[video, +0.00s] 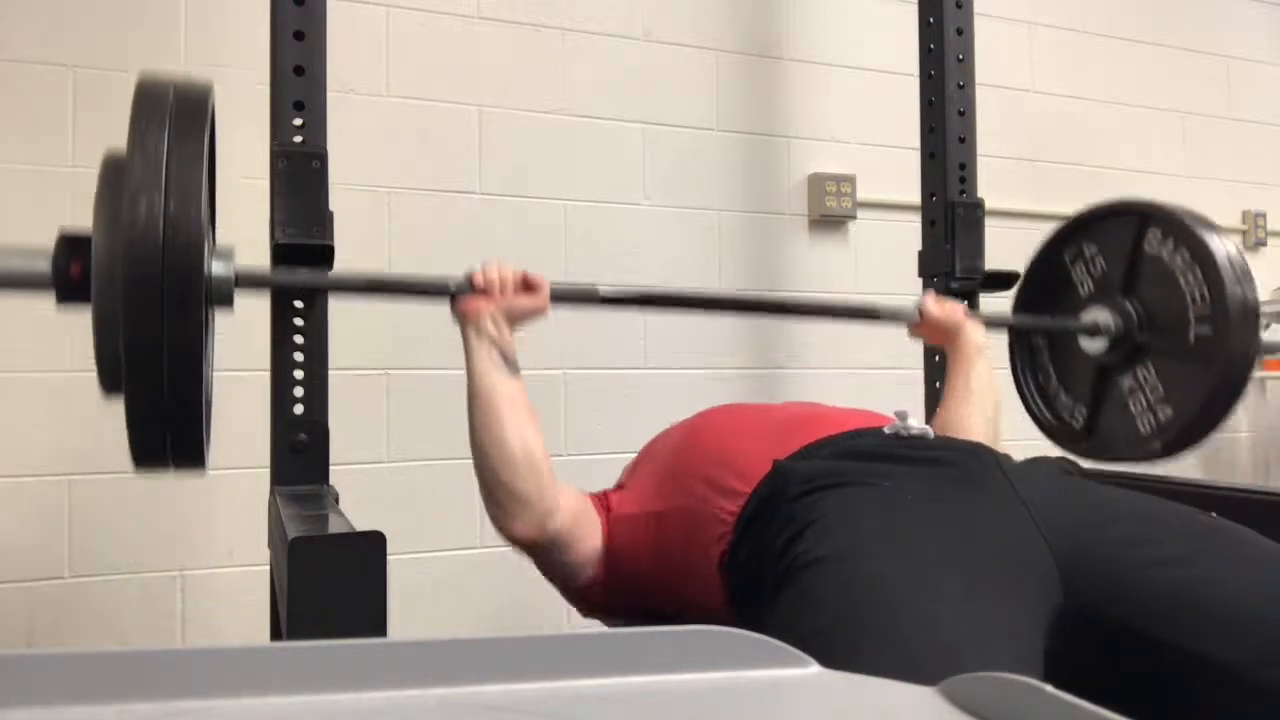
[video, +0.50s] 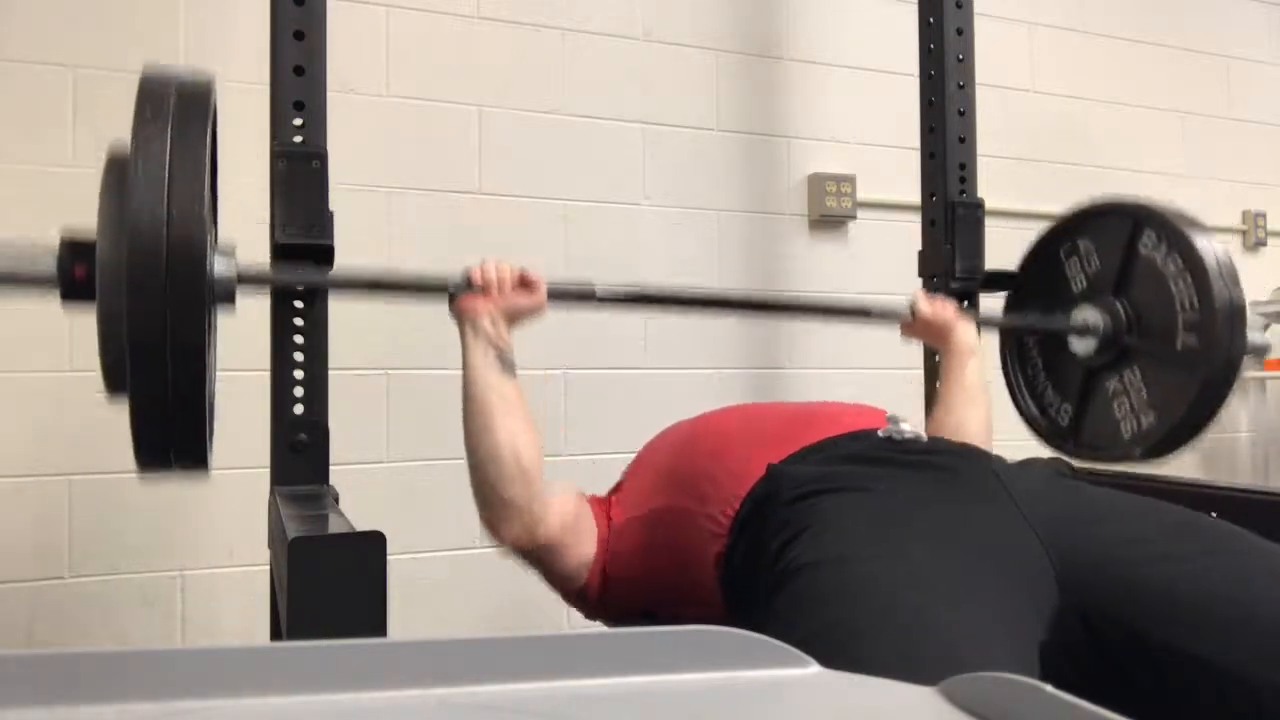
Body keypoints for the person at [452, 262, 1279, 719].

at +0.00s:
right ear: (646, 485)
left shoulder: (869, 440)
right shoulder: (618, 543)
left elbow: (965, 466)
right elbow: (528, 508)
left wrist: (970, 347)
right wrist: (488, 343)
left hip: (1045, 486)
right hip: (857, 508)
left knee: (1276, 623)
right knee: (934, 697)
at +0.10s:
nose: (687, 432)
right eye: (651, 449)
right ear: (621, 497)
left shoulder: (845, 434)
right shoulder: (611, 542)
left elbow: (948, 445)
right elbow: (521, 470)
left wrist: (959, 319)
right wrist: (483, 308)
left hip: (1031, 485)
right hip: (853, 503)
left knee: (1273, 608)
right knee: (925, 707)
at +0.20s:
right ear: (620, 499)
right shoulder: (608, 533)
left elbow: (922, 428)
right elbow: (521, 432)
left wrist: (951, 294)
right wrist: (480, 273)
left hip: (1009, 482)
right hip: (841, 504)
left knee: (1274, 612)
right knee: (931, 697)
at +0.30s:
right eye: (658, 440)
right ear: (620, 493)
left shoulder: (866, 440)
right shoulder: (605, 534)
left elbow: (912, 418)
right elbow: (524, 417)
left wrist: (951, 285)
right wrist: (482, 259)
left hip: (992, 478)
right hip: (834, 505)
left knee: (1275, 612)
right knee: (940, 694)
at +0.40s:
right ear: (622, 509)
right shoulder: (607, 538)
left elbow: (936, 440)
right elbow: (518, 449)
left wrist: (951, 306)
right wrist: (481, 289)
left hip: (1017, 484)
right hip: (842, 503)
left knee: (1271, 607)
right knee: (943, 697)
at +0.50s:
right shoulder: (615, 543)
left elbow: (961, 468)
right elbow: (519, 508)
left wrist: (962, 347)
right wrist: (483, 340)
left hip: (1032, 488)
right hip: (852, 504)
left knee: (1273, 619)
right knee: (929, 680)